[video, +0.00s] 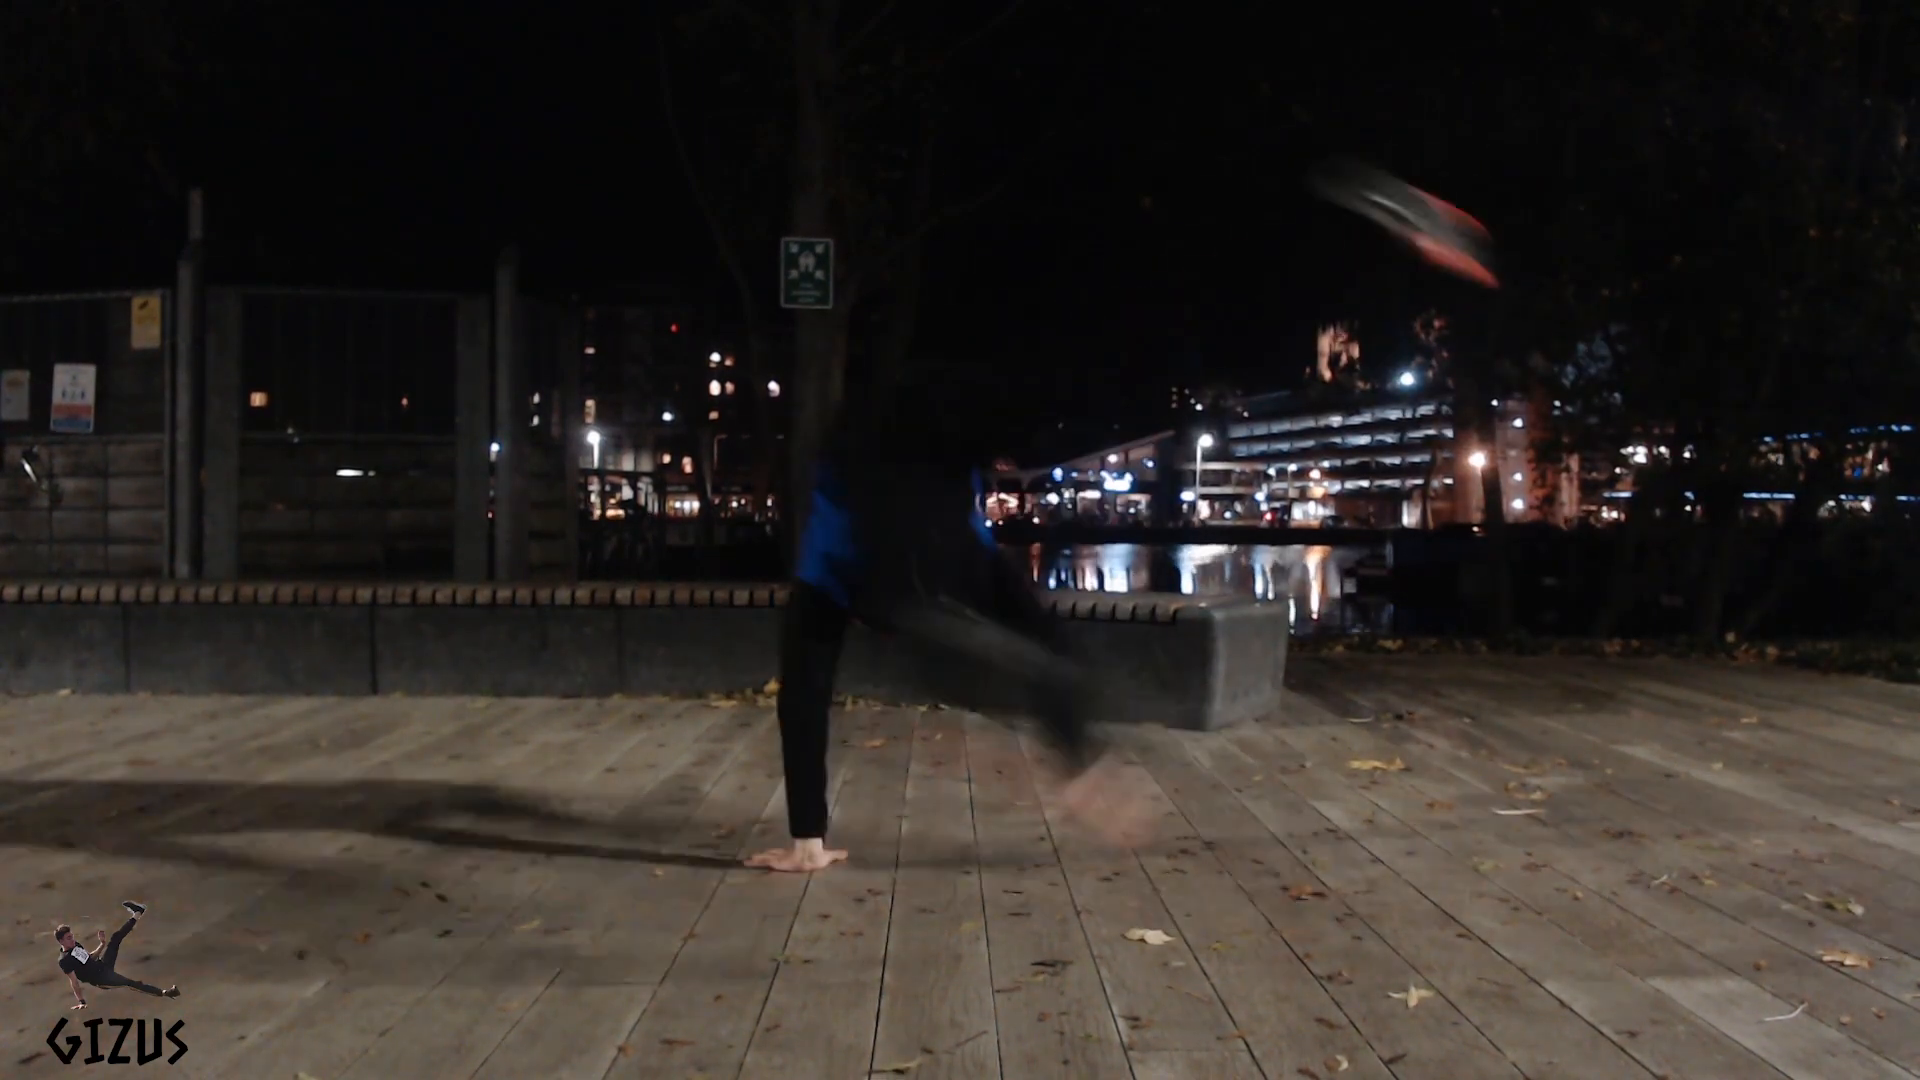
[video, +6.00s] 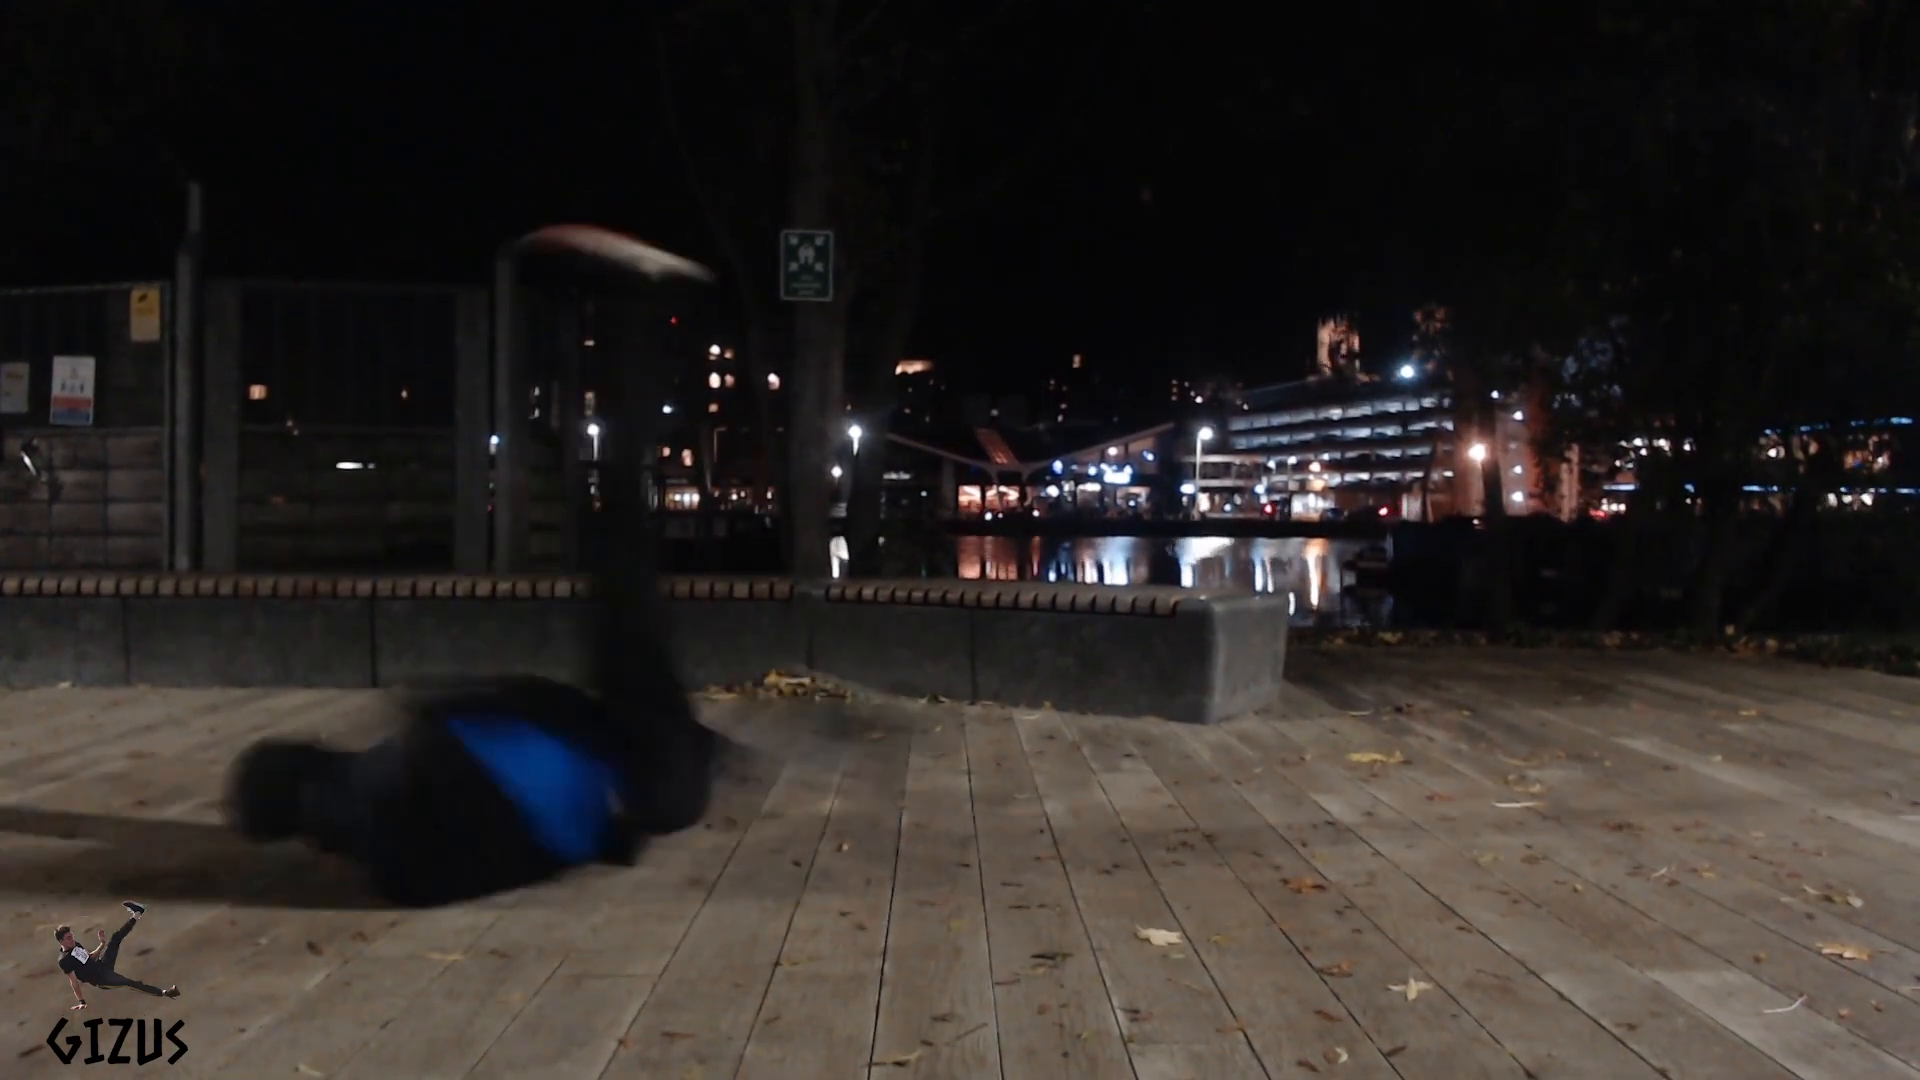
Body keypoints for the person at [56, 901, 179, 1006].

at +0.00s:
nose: (73, 939)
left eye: (72, 936)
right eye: (69, 938)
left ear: (71, 937)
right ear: (61, 942)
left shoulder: (76, 946)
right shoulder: (64, 960)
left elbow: (91, 957)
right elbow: (74, 982)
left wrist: (102, 944)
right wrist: (81, 1001)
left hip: (104, 965)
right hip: (102, 978)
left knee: (115, 939)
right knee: (132, 983)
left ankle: (136, 916)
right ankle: (164, 993)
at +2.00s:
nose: (72, 939)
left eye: (72, 936)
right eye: (69, 938)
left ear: (70, 937)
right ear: (61, 942)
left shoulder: (75, 946)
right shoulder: (64, 960)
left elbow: (91, 958)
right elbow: (74, 982)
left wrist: (102, 945)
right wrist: (81, 1002)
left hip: (104, 965)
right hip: (102, 978)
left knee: (116, 938)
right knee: (132, 983)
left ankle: (136, 916)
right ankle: (164, 993)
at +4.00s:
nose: (73, 939)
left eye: (72, 936)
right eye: (69, 938)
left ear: (71, 937)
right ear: (61, 941)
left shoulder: (75, 946)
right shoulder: (64, 960)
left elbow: (91, 957)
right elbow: (74, 982)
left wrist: (102, 945)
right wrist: (81, 1002)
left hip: (104, 965)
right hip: (102, 978)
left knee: (116, 938)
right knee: (131, 983)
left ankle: (136, 916)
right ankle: (164, 993)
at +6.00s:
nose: (73, 939)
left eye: (72, 936)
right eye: (69, 938)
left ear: (70, 937)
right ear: (62, 941)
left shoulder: (75, 946)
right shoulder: (64, 960)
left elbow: (91, 957)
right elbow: (74, 982)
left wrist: (102, 944)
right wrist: (81, 1002)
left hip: (104, 964)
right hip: (102, 978)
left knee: (116, 939)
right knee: (131, 983)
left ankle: (136, 916)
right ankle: (164, 993)